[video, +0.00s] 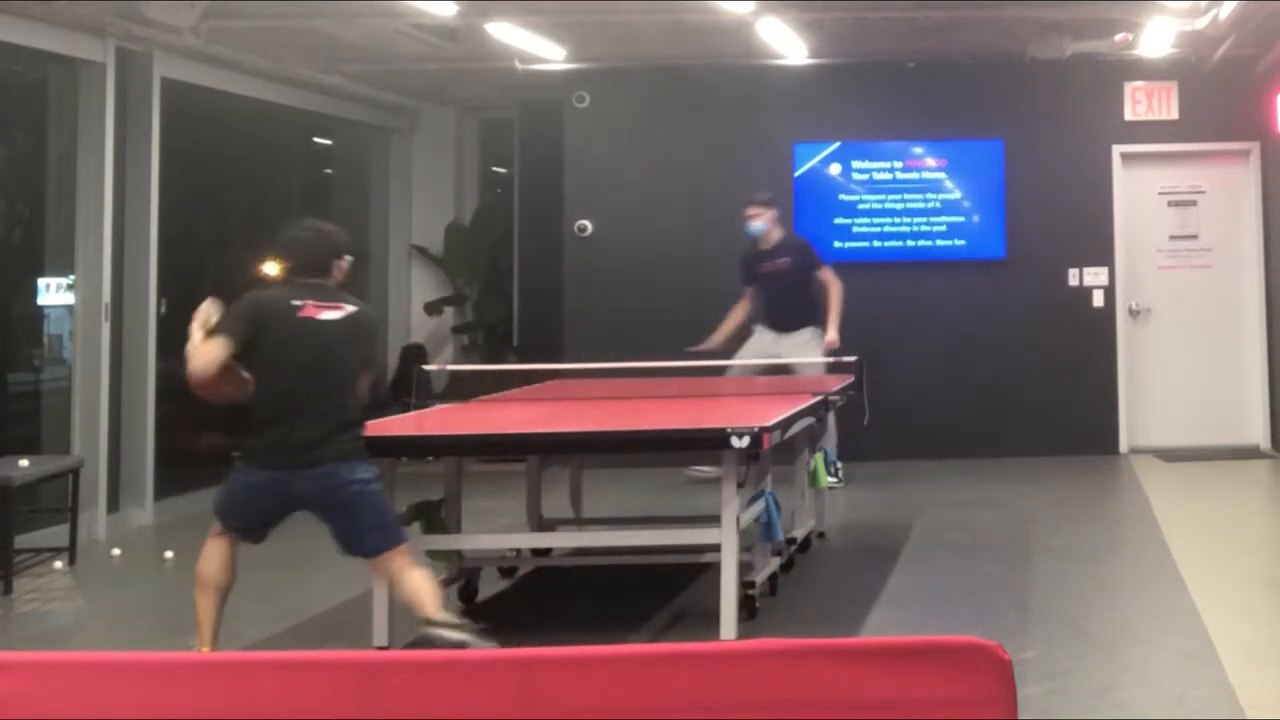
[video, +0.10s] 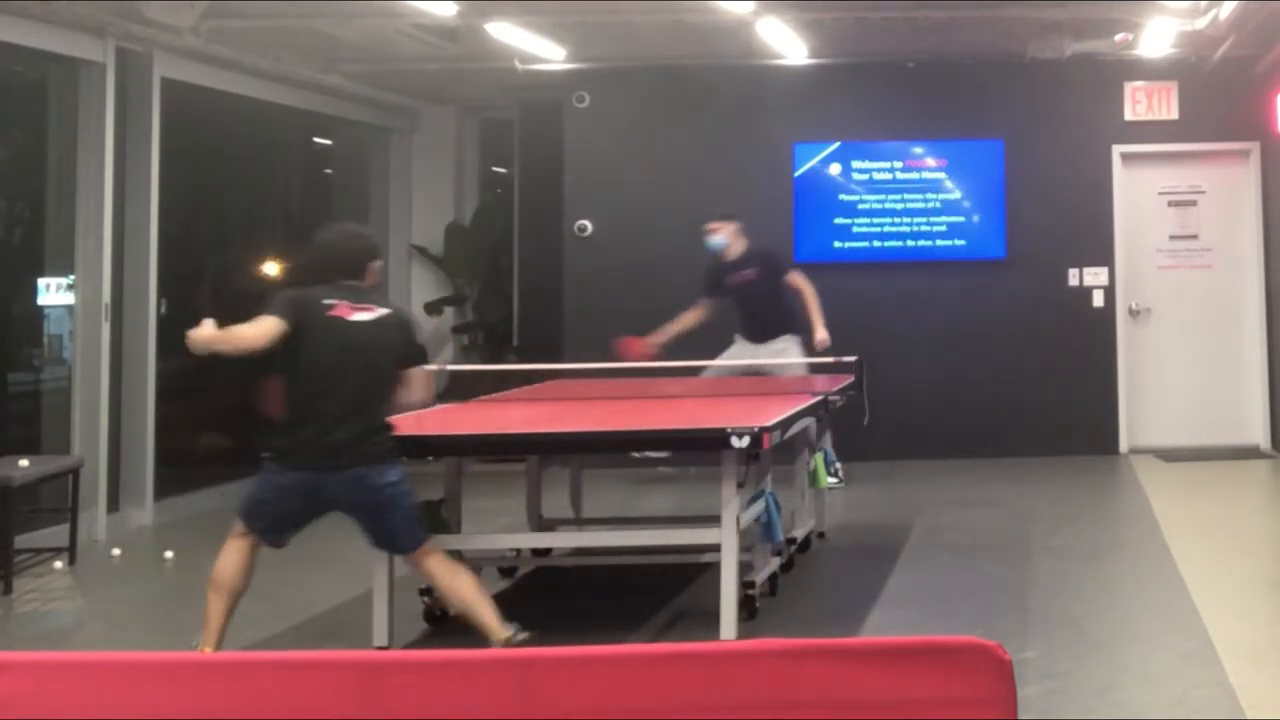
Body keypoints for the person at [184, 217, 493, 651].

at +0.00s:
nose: (349, 266)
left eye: (346, 258)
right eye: (346, 259)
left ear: (286, 263)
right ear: (336, 265)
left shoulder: (259, 305)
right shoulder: (361, 317)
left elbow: (201, 371)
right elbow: (363, 390)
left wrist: (199, 327)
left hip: (267, 467)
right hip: (340, 467)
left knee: (223, 536)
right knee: (396, 557)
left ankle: (204, 649)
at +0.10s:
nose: (380, 269)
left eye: (377, 261)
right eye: (378, 262)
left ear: (319, 264)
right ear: (371, 271)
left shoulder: (298, 303)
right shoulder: (393, 320)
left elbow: (257, 338)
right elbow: (418, 393)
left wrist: (210, 338)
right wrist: (370, 404)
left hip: (300, 465)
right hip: (370, 467)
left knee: (245, 535)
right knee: (426, 554)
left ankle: (207, 649)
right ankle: (503, 634)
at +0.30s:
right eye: (453, 223)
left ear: (399, 226)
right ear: (452, 229)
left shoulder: (368, 274)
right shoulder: (481, 280)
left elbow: (328, 345)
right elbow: (525, 341)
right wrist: (473, 357)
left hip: (364, 439)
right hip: (434, 441)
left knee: (293, 542)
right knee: (468, 536)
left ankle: (219, 646)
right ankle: (514, 636)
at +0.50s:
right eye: (478, 192)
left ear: (425, 197)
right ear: (479, 198)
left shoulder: (389, 248)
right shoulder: (502, 254)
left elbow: (350, 323)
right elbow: (552, 316)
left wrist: (400, 337)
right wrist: (507, 344)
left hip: (386, 416)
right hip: (459, 416)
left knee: (341, 521)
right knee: (485, 524)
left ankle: (347, 639)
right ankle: (516, 638)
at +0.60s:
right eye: (471, 192)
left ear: (423, 197)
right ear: (479, 198)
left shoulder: (386, 251)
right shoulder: (502, 254)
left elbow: (353, 332)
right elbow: (535, 325)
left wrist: (396, 343)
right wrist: (487, 346)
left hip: (397, 422)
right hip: (467, 418)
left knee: (363, 532)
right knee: (489, 527)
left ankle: (409, 643)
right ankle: (519, 639)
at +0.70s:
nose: (398, 197)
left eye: (404, 190)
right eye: (401, 188)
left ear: (417, 201)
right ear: (461, 200)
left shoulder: (391, 259)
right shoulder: (489, 253)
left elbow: (370, 348)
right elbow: (508, 329)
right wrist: (464, 344)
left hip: (403, 432)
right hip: (465, 424)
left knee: (372, 545)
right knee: (478, 525)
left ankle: (430, 659)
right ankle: (518, 637)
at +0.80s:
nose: (381, 183)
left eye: (393, 179)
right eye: (388, 174)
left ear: (415, 204)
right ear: (429, 205)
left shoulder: (408, 258)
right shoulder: (454, 246)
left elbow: (406, 347)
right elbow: (456, 337)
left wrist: (366, 362)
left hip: (405, 429)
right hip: (444, 421)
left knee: (366, 550)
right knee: (441, 526)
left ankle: (432, 663)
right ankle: (503, 623)